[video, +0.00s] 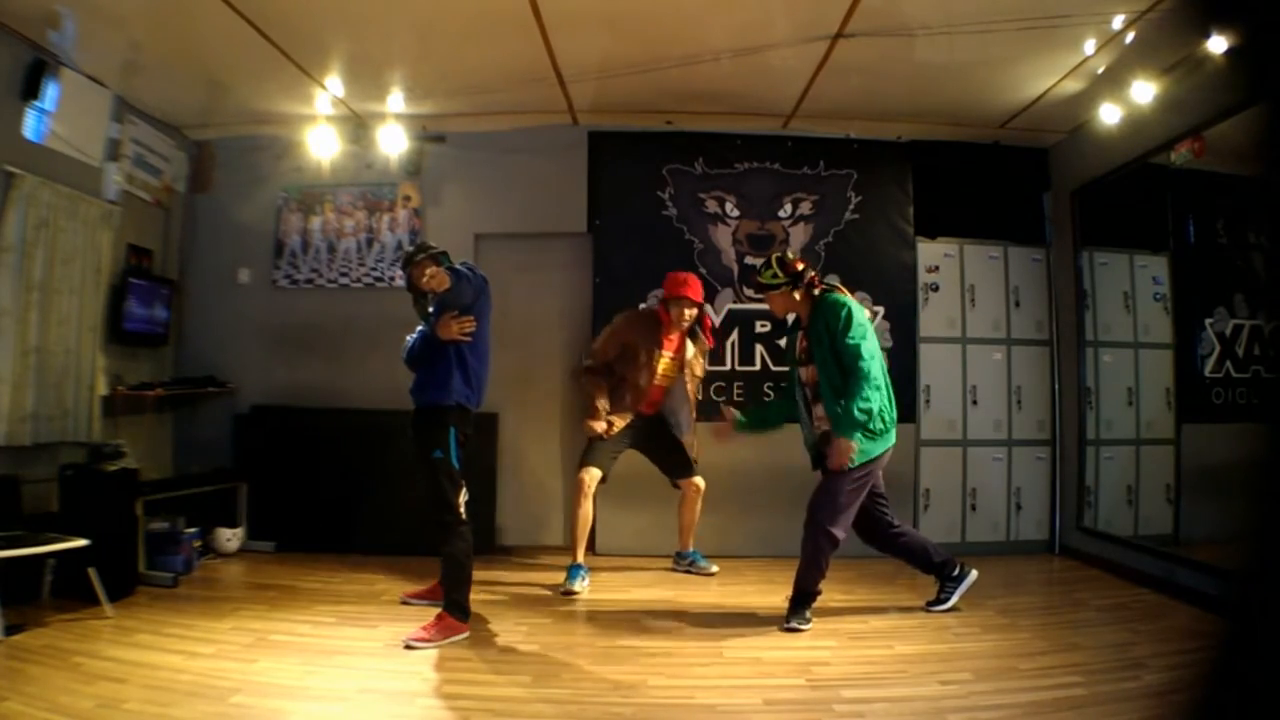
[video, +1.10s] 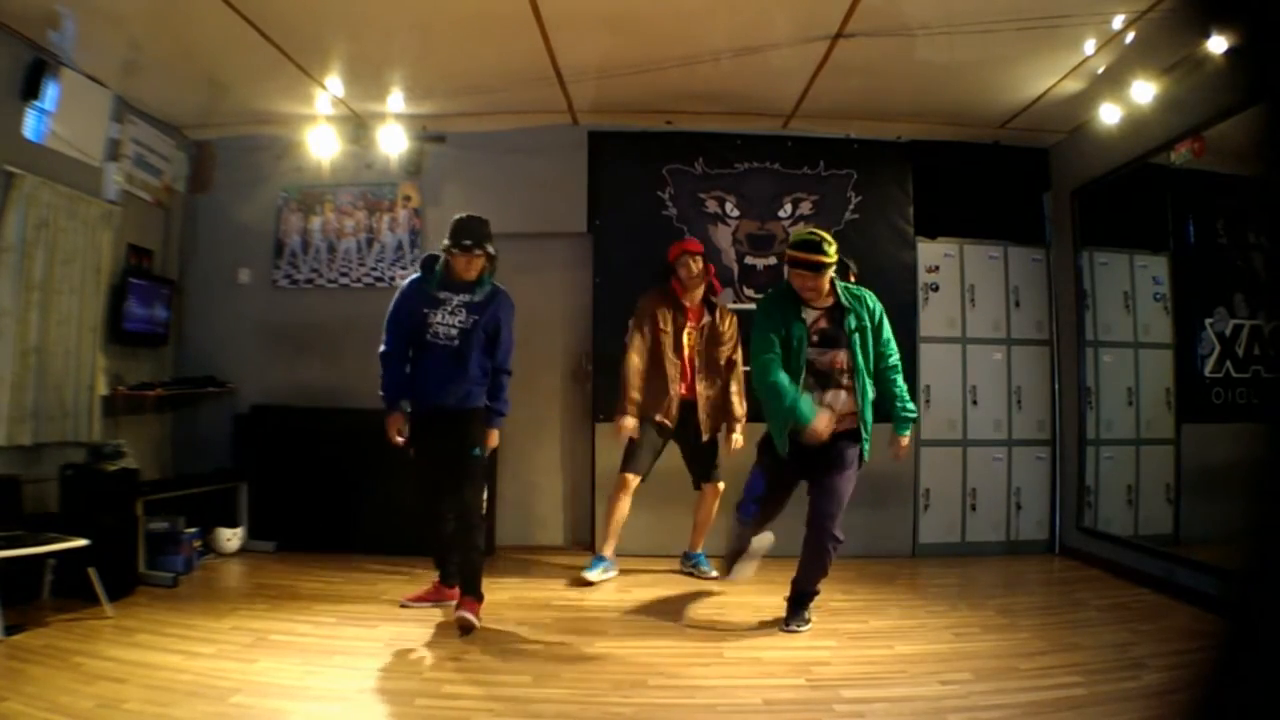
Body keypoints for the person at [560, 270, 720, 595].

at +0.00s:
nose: (686, 313)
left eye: (692, 307)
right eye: (680, 305)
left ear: (699, 310)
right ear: (665, 304)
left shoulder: (694, 345)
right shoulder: (633, 324)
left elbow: (691, 396)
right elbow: (594, 365)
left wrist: (690, 440)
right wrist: (599, 412)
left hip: (654, 422)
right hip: (618, 418)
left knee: (694, 485)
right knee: (586, 479)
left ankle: (685, 554)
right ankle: (577, 566)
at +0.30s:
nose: (669, 299)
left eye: (672, 293)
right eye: (664, 291)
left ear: (672, 292)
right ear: (644, 286)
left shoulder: (658, 321)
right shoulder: (608, 311)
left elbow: (656, 367)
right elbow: (597, 363)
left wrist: (663, 393)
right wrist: (625, 377)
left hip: (640, 413)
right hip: (606, 410)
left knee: (674, 476)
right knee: (600, 483)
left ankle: (678, 558)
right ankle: (579, 566)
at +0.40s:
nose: (666, 294)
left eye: (670, 288)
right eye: (661, 286)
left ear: (669, 288)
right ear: (642, 281)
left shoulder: (648, 314)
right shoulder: (611, 312)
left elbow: (644, 369)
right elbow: (623, 374)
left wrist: (674, 379)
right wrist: (672, 377)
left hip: (637, 416)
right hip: (607, 416)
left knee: (671, 478)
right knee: (604, 485)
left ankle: (676, 559)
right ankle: (579, 567)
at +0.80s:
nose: (674, 286)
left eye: (681, 281)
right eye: (669, 278)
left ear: (687, 285)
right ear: (655, 277)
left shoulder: (681, 321)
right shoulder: (633, 305)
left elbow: (684, 366)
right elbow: (654, 353)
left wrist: (701, 394)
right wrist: (697, 368)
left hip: (667, 414)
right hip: (630, 411)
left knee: (707, 478)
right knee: (607, 486)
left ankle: (690, 551)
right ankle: (578, 566)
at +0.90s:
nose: (687, 283)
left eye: (692, 276)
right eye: (680, 275)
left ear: (698, 282)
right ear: (664, 278)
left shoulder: (699, 324)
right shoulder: (641, 313)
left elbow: (711, 368)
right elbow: (658, 363)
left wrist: (716, 402)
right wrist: (697, 400)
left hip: (680, 417)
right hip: (639, 416)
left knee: (711, 485)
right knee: (609, 486)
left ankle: (695, 552)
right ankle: (578, 566)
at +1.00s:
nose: (692, 273)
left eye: (696, 266)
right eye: (684, 267)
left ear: (704, 273)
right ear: (672, 274)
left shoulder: (712, 323)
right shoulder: (652, 312)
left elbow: (722, 378)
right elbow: (652, 370)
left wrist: (728, 428)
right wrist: (667, 420)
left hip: (693, 418)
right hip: (649, 414)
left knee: (714, 487)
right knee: (618, 486)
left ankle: (693, 555)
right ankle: (584, 563)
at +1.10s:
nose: (691, 269)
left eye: (696, 262)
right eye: (684, 263)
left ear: (705, 266)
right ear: (674, 268)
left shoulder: (722, 316)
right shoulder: (653, 307)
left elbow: (733, 370)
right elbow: (635, 358)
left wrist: (736, 419)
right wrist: (629, 410)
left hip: (701, 412)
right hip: (657, 409)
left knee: (712, 485)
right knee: (628, 479)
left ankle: (694, 554)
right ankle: (605, 557)